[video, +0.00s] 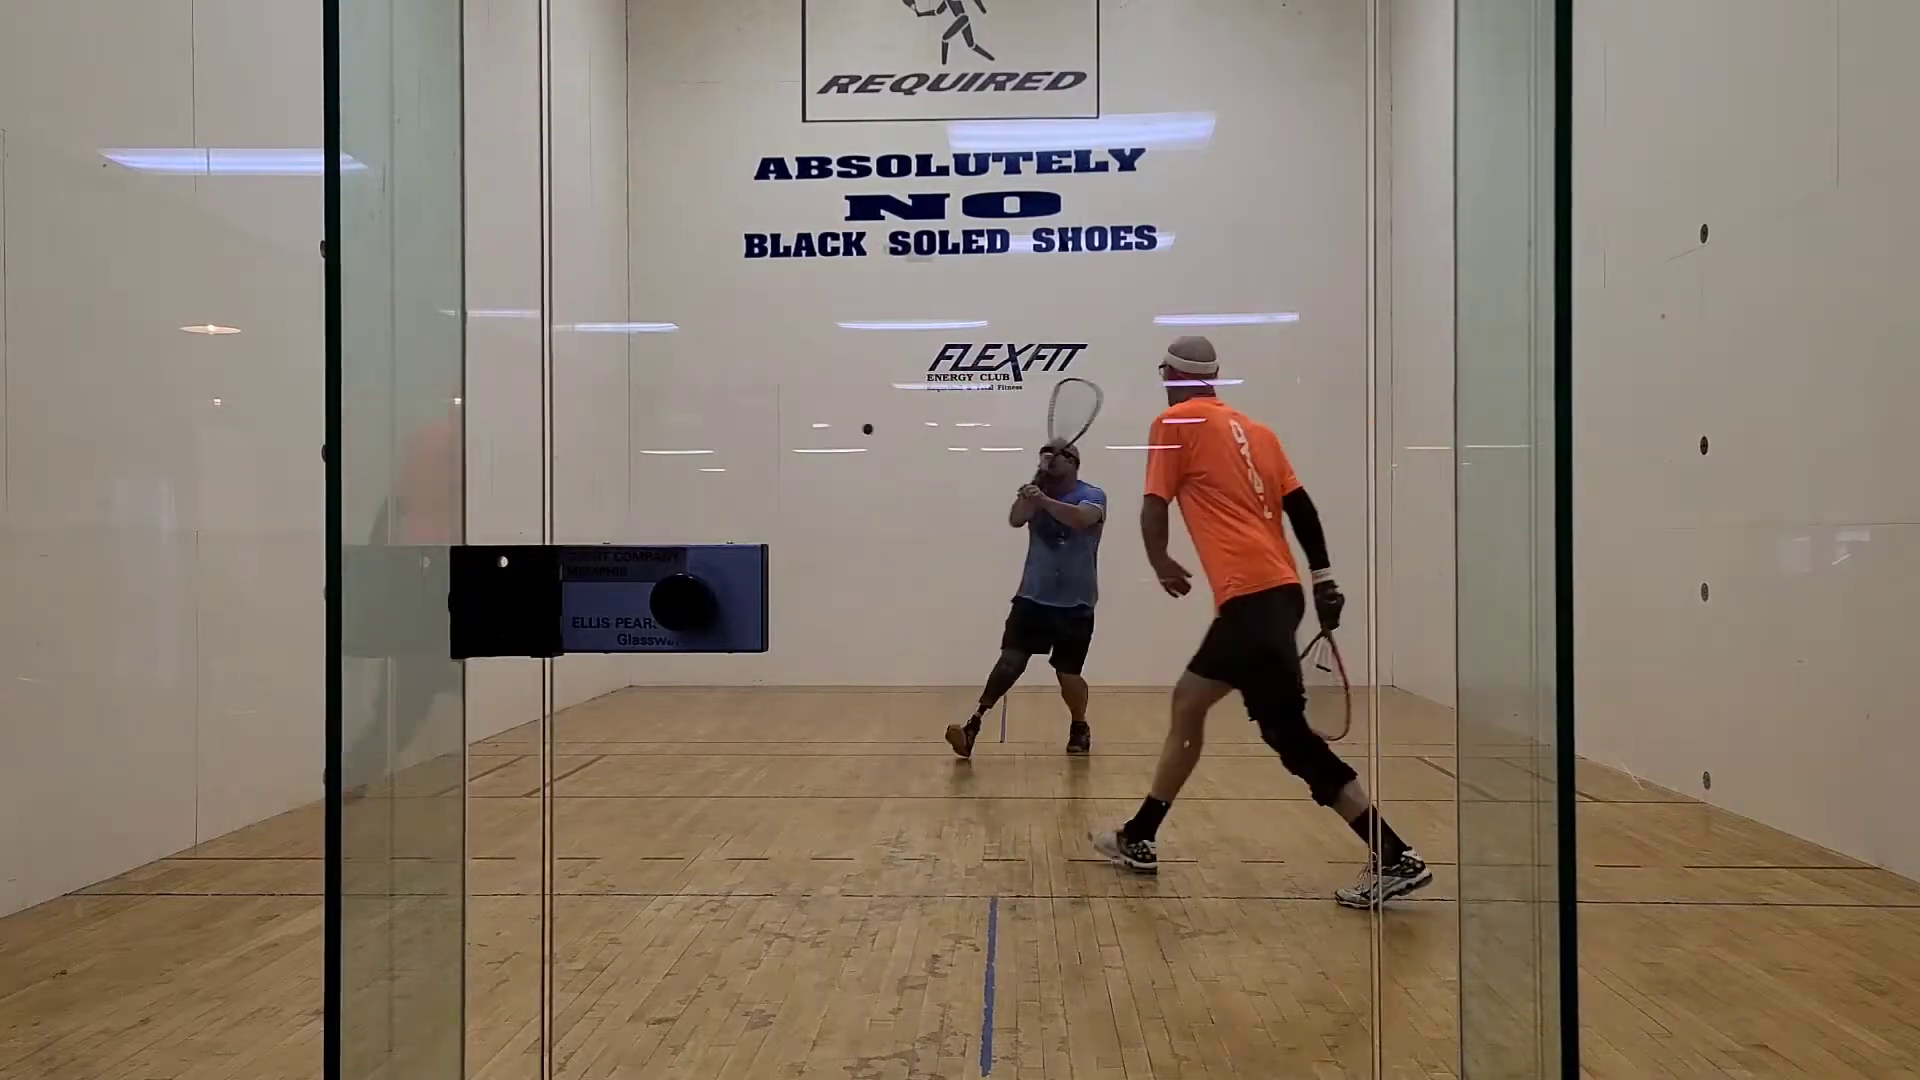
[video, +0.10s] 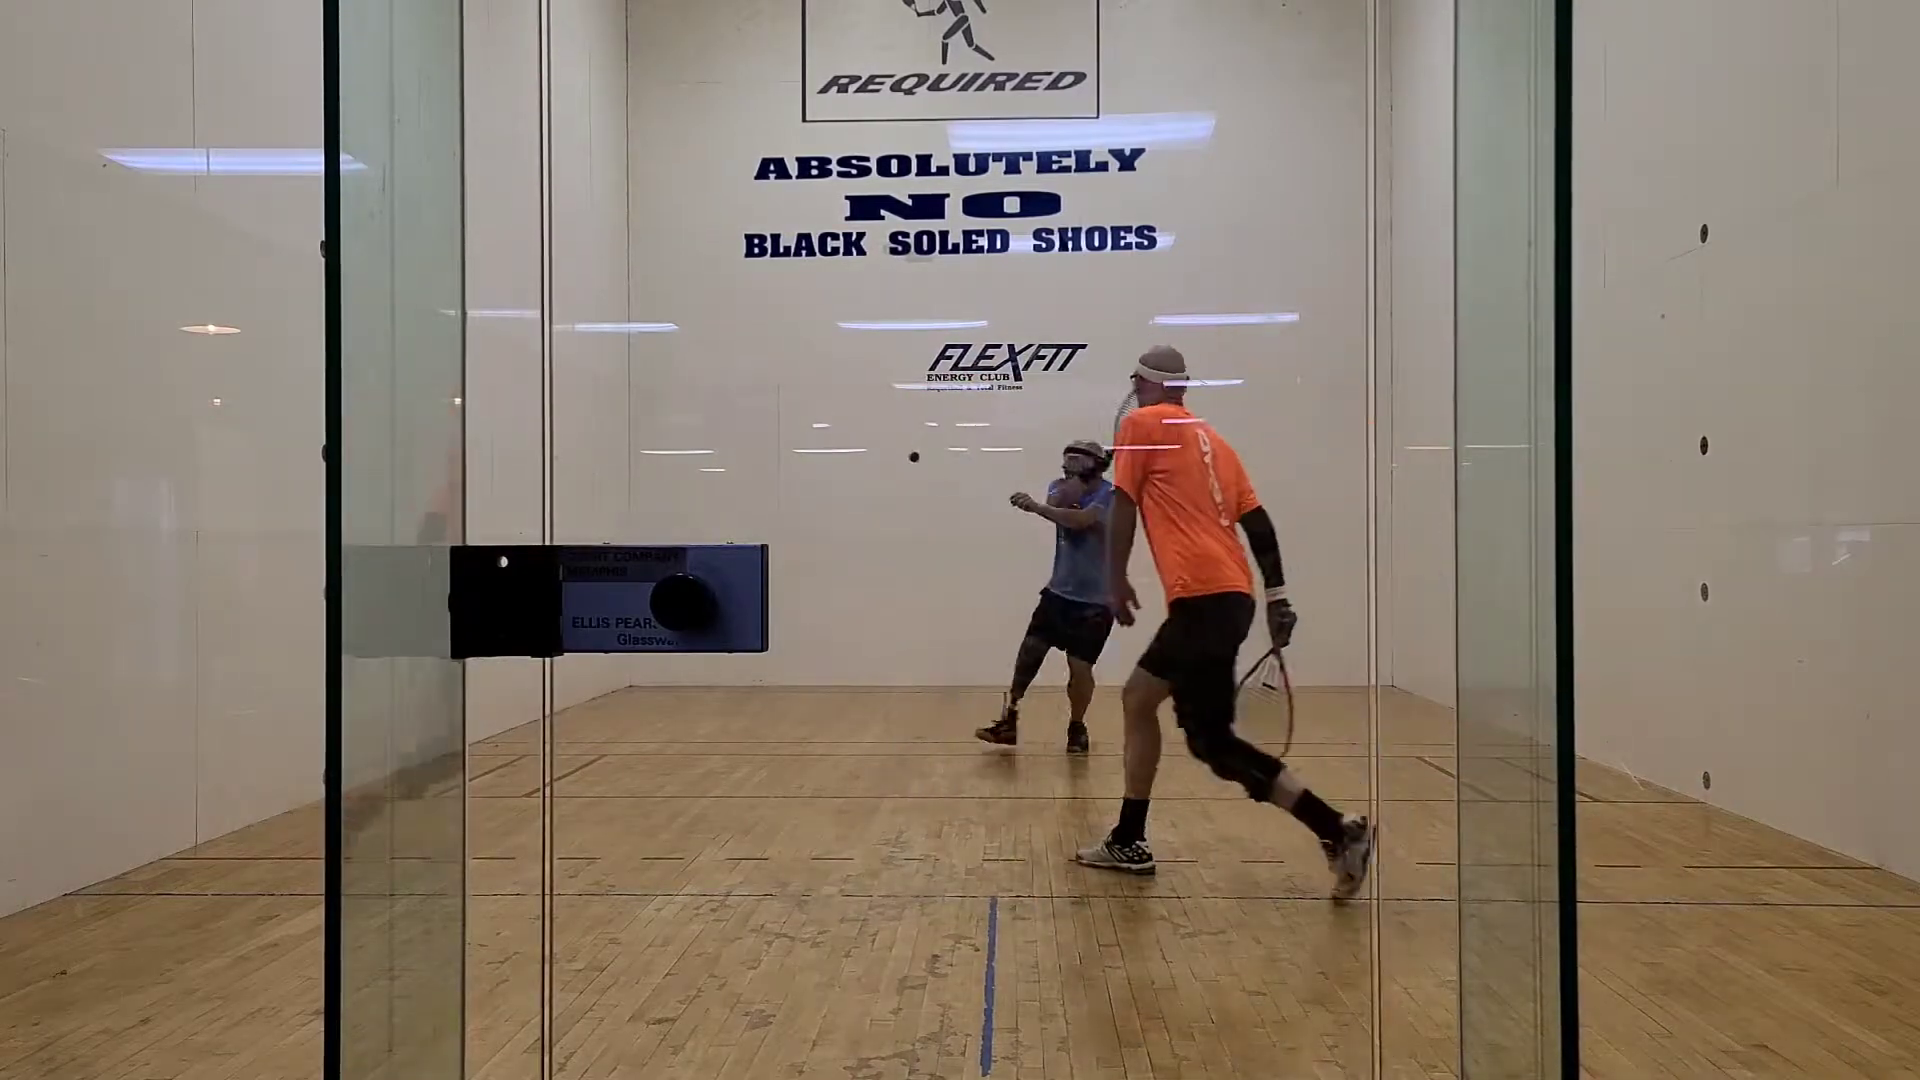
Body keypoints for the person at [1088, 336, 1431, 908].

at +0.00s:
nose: (1164, 389)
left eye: (1165, 380)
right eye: (1168, 379)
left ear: (1171, 380)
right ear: (1214, 379)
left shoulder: (1173, 425)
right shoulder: (1255, 430)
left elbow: (1154, 512)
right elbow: (1300, 505)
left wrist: (1159, 561)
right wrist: (1324, 579)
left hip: (1247, 596)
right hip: (1281, 590)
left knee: (1291, 739)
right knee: (1188, 701)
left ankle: (1394, 856)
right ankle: (1139, 836)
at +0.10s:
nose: (1133, 391)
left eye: (1137, 383)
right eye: (1136, 382)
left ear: (1150, 384)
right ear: (1180, 388)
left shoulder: (1140, 422)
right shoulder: (1212, 440)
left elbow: (1124, 502)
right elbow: (1256, 519)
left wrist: (1116, 580)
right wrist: (1277, 597)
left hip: (1201, 596)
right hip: (1230, 594)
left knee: (1210, 742)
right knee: (1138, 698)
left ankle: (1340, 833)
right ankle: (1130, 840)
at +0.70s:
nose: (981, 404)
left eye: (982, 396)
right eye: (984, 395)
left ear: (988, 396)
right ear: (1029, 398)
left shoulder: (984, 434)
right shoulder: (1071, 453)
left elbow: (968, 504)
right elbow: (1103, 538)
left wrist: (940, 586)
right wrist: (1072, 594)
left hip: (1019, 599)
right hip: (1081, 606)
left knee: (936, 712)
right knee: (1062, 707)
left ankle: (926, 863)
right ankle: (1114, 839)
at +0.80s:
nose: (937, 406)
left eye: (937, 396)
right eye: (940, 396)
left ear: (944, 396)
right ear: (986, 397)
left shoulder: (948, 431)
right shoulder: (1030, 447)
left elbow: (946, 508)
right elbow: (1075, 522)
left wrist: (913, 578)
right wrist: (1049, 590)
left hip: (997, 595)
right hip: (1052, 602)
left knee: (918, 714)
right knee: (1005, 703)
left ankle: (921, 866)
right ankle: (1084, 820)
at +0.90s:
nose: (892, 410)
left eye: (892, 398)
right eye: (892, 399)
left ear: (904, 393)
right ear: (942, 393)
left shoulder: (920, 428)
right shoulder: (991, 436)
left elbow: (934, 508)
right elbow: (1043, 508)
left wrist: (889, 578)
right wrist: (1003, 572)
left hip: (992, 591)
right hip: (1036, 593)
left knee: (913, 709)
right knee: (949, 699)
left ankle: (918, 863)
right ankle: (1004, 825)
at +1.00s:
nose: (852, 422)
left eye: (855, 411)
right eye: (852, 412)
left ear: (880, 407)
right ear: (900, 407)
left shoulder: (904, 438)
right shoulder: (945, 441)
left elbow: (922, 523)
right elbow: (1010, 510)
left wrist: (876, 592)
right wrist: (952, 581)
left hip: (1002, 595)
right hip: (1021, 594)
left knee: (906, 704)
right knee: (910, 703)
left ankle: (918, 864)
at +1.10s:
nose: (836, 434)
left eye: (843, 423)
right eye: (837, 423)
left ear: (878, 421)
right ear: (881, 423)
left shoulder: (910, 458)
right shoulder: (913, 460)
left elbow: (922, 558)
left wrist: (874, 630)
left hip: (997, 618)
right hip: (969, 618)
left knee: (898, 720)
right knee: (879, 713)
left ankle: (957, 872)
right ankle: (889, 853)